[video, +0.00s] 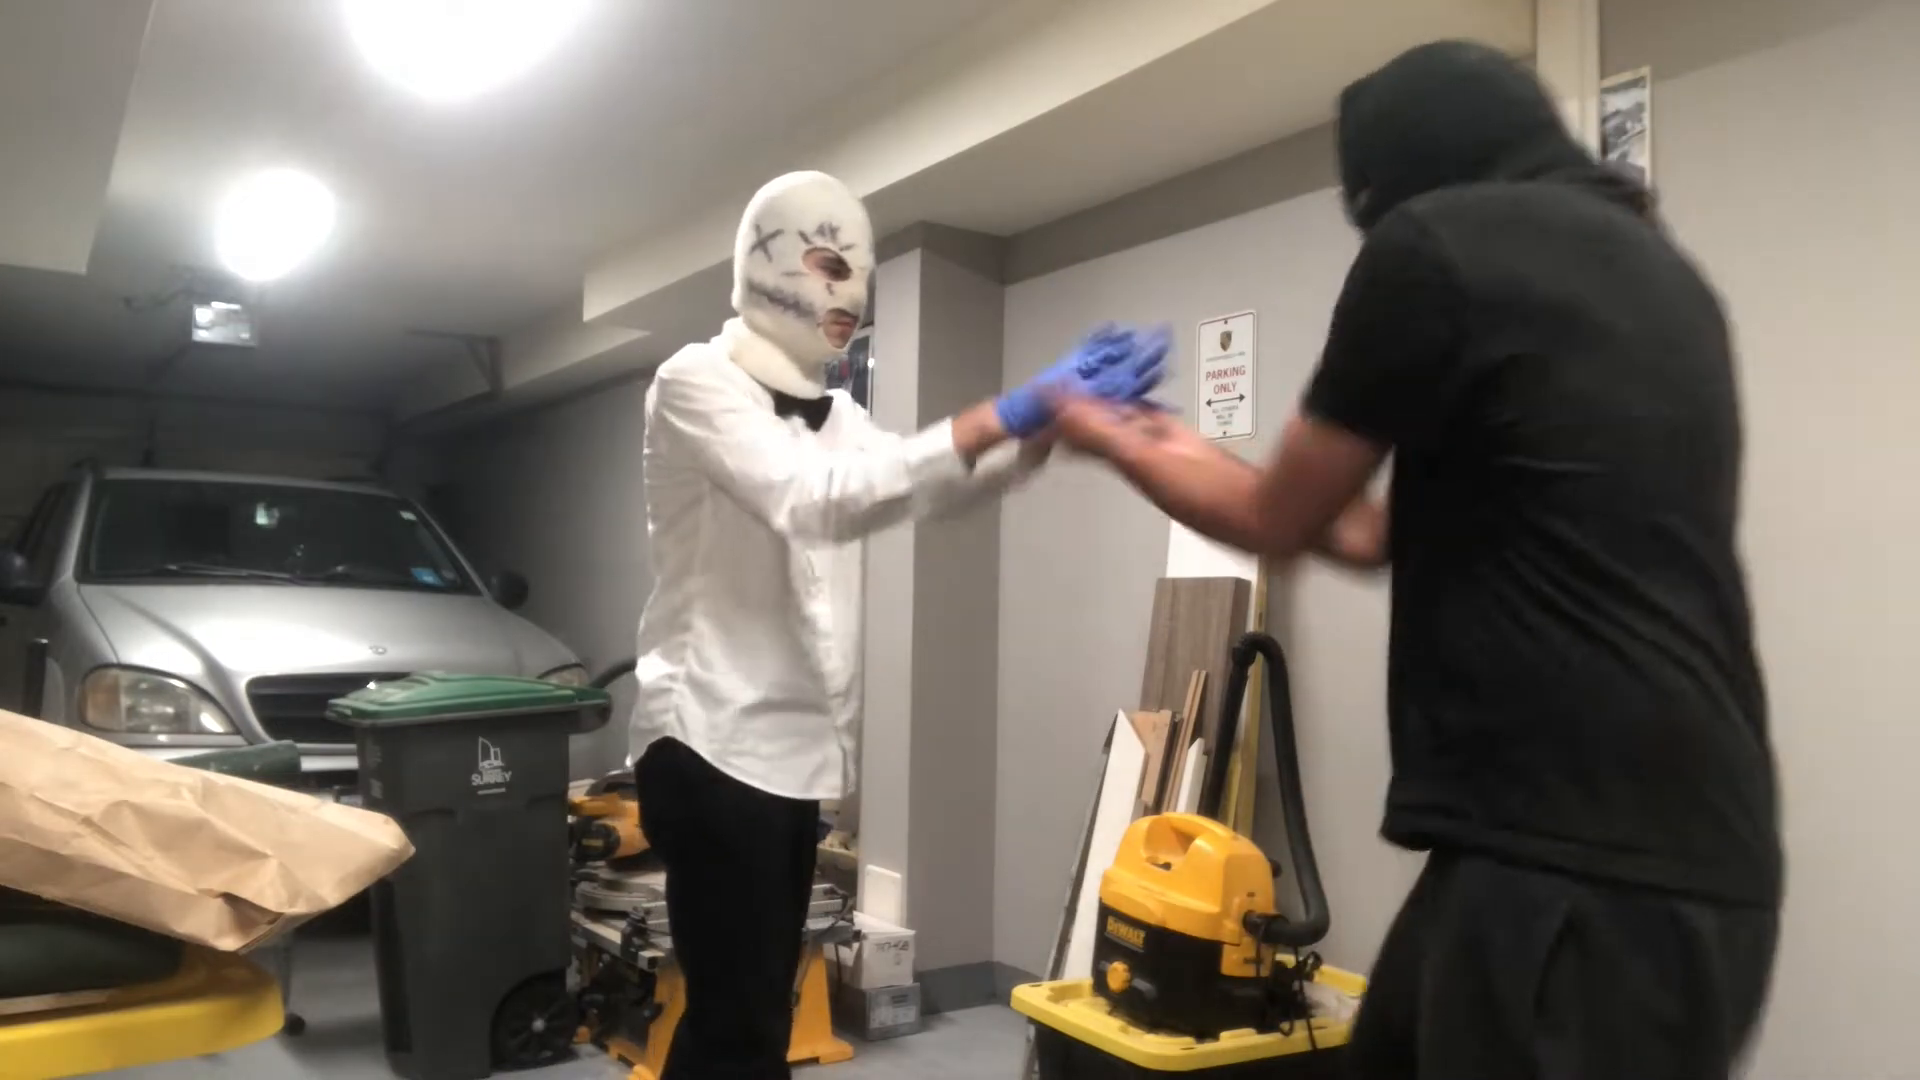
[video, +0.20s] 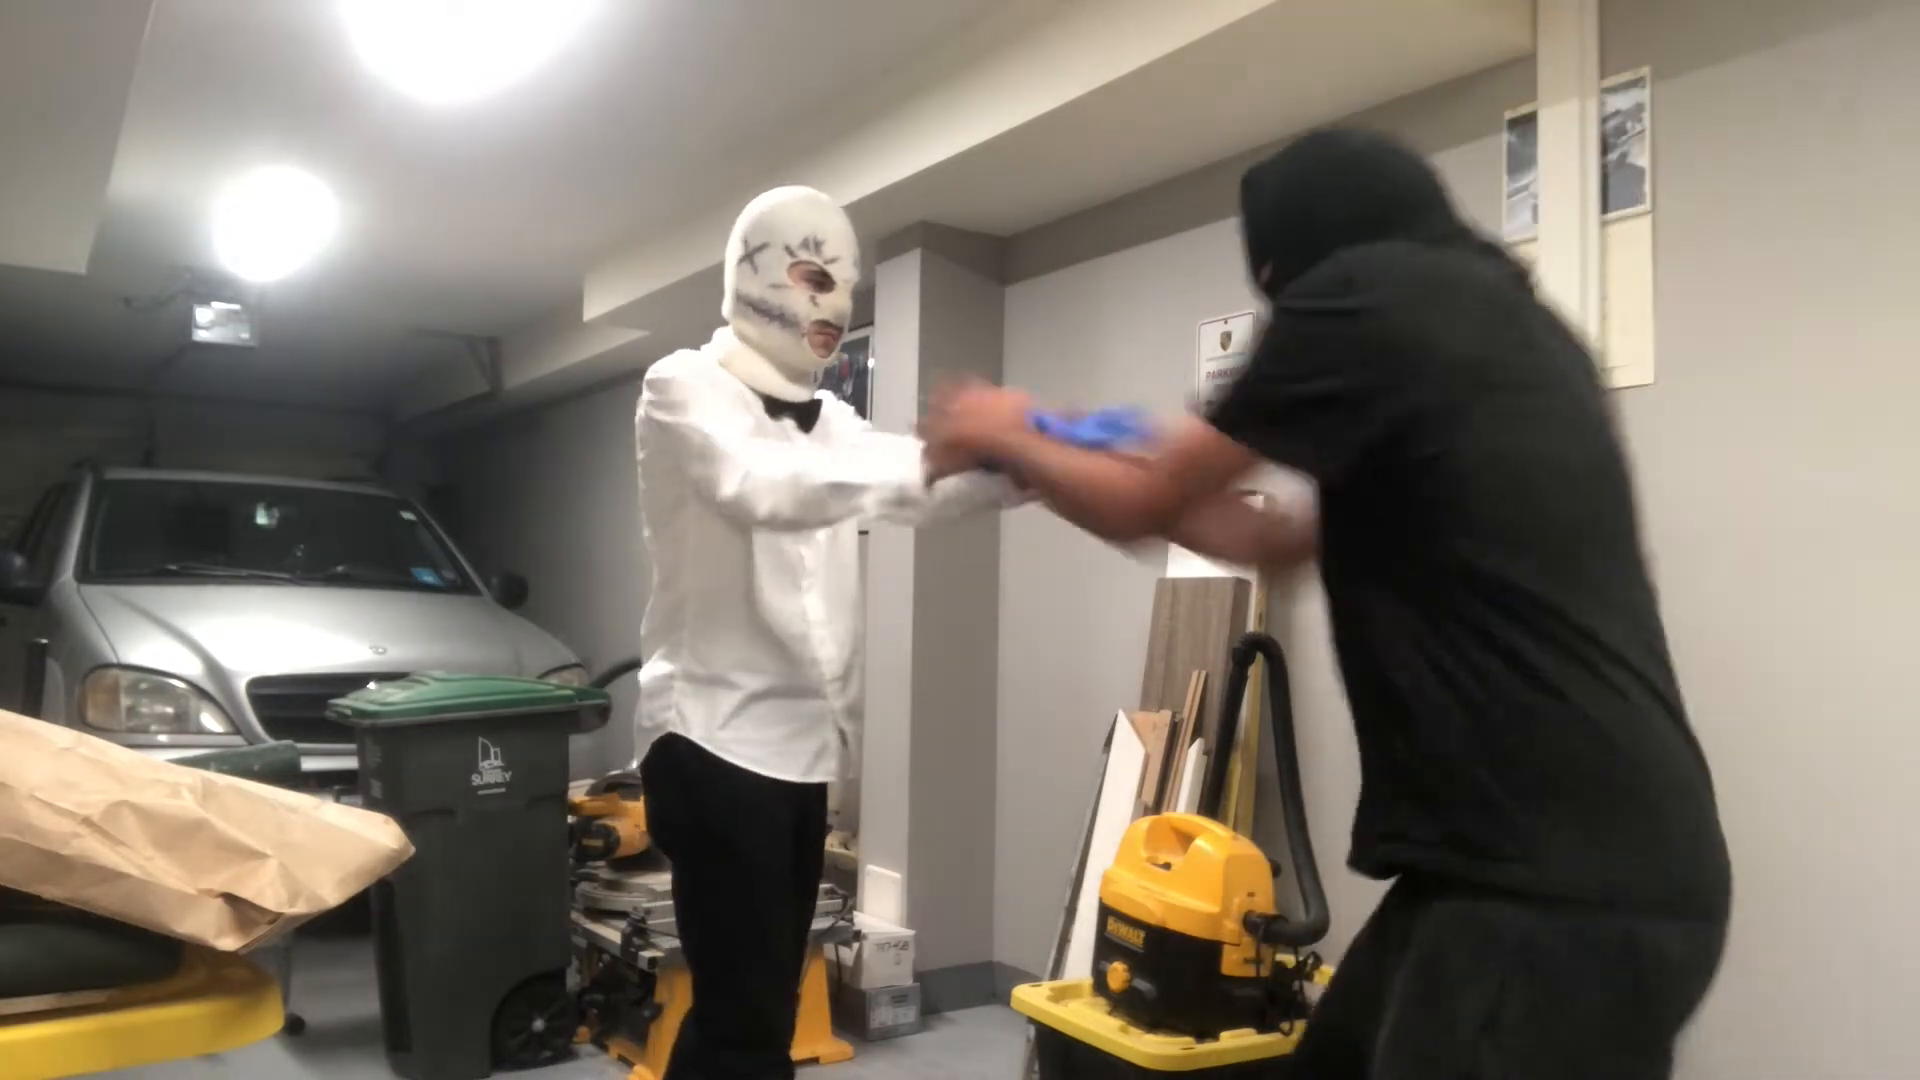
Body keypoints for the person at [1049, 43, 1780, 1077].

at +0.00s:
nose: (1363, 220)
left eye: (1365, 194)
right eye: (1359, 198)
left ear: (1401, 160)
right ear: (1526, 130)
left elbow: (1269, 516)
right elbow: (1377, 535)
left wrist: (1102, 435)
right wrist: (1199, 453)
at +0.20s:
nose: (1272, 301)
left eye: (1272, 272)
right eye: (1268, 280)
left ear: (1309, 238)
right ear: (1406, 213)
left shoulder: (1368, 303)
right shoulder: (1513, 326)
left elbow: (1135, 500)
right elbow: (1288, 539)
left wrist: (1001, 436)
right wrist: (1155, 473)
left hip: (1539, 894)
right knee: (1331, 1058)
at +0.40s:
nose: (1269, 344)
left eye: (1268, 318)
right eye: (1261, 323)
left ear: (1312, 282)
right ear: (1404, 247)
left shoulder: (1382, 345)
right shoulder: (1544, 368)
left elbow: (1168, 540)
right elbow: (1390, 592)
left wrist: (1043, 615)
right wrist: (1200, 574)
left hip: (1426, 905)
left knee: (1259, 1057)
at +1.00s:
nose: (1251, 242)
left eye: (1250, 203)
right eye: (1241, 211)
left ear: (1309, 171)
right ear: (1347, 162)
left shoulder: (1464, 242)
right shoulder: (1424, 276)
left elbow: (1352, 567)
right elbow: (1225, 363)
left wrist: (1248, 599)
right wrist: (1036, 328)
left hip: (1581, 822)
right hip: (1496, 813)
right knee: (1423, 1057)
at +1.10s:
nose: (1276, 233)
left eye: (1276, 194)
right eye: (1267, 202)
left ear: (1339, 164)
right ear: (1361, 165)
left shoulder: (1497, 240)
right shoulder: (1438, 281)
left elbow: (1408, 556)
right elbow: (1232, 360)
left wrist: (1277, 585)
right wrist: (1036, 341)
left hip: (1595, 841)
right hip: (1519, 831)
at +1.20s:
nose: (1298, 215)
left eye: (1307, 182)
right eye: (1296, 187)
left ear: (1374, 166)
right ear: (1409, 156)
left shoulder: (1517, 261)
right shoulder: (1491, 266)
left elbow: (1297, 529)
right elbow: (1274, 434)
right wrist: (1072, 393)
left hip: (1607, 843)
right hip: (1543, 829)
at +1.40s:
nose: (1316, 220)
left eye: (1321, 190)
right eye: (1313, 195)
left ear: (1372, 170)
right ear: (1467, 153)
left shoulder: (1446, 254)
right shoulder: (1572, 279)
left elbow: (1156, 382)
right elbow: (1332, 497)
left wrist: (988, 402)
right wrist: (1143, 472)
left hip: (1643, 837)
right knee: (1465, 1064)